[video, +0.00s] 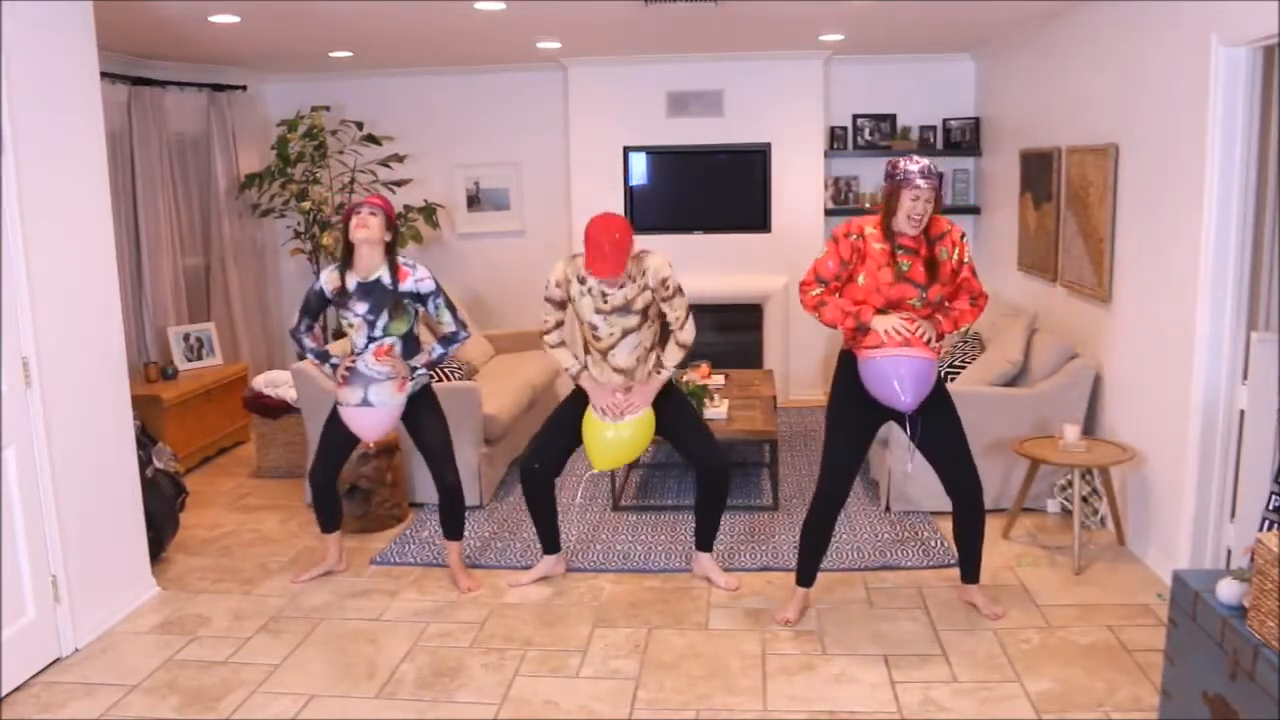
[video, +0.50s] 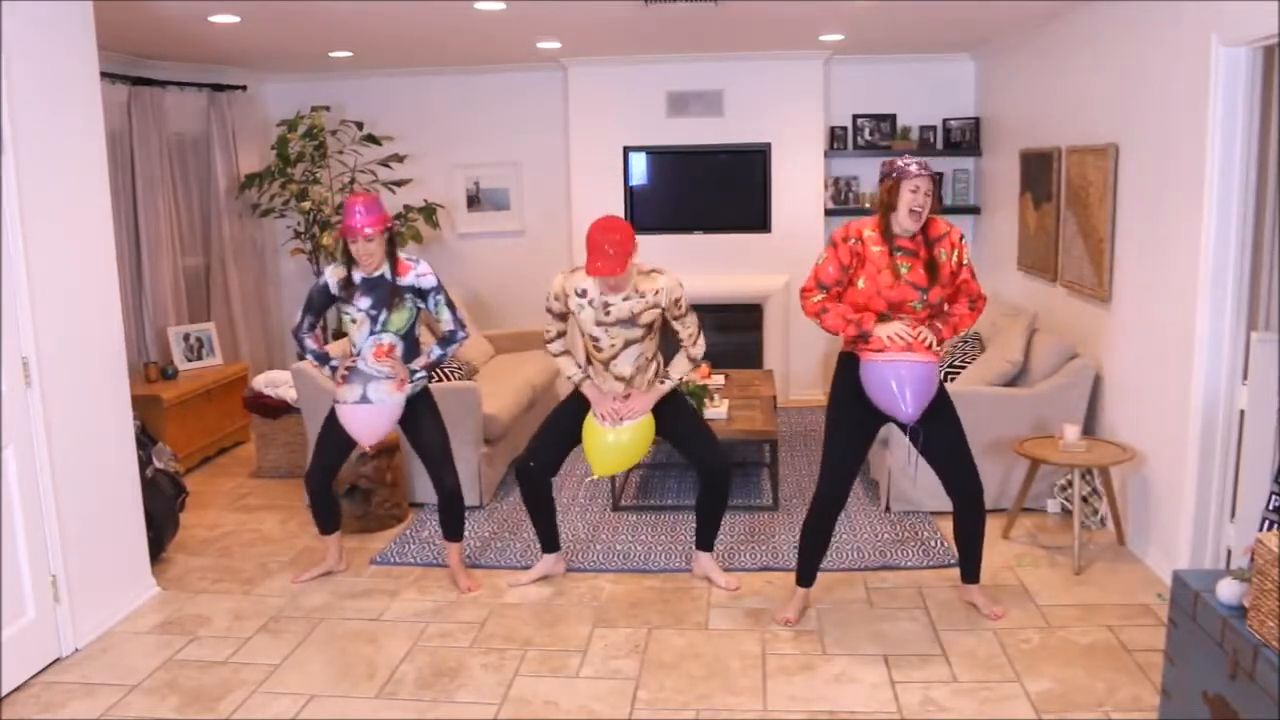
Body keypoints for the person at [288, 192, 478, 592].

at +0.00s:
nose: (362, 219)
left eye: (372, 215)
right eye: (356, 215)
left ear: (388, 231)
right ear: (347, 231)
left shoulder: (413, 275)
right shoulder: (332, 279)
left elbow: (457, 332)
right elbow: (302, 329)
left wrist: (416, 367)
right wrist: (332, 368)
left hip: (410, 384)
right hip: (356, 387)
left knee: (445, 468)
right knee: (321, 474)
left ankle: (455, 561)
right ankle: (333, 556)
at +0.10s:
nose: (360, 220)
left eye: (369, 215)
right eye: (354, 216)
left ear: (387, 229)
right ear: (346, 230)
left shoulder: (412, 273)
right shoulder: (334, 278)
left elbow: (456, 331)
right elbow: (303, 328)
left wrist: (415, 367)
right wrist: (331, 368)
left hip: (409, 384)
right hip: (356, 387)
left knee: (445, 470)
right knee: (320, 475)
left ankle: (456, 561)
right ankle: (333, 556)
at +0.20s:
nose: (358, 224)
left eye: (368, 218)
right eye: (353, 218)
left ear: (386, 229)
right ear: (345, 229)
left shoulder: (412, 273)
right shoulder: (334, 278)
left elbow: (455, 331)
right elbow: (304, 328)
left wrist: (415, 367)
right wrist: (332, 367)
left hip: (408, 386)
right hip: (355, 389)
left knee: (445, 471)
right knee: (320, 476)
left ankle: (455, 561)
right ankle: (333, 556)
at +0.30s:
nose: (359, 233)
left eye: (368, 225)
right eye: (352, 225)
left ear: (386, 231)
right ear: (344, 233)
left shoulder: (414, 273)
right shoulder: (335, 278)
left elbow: (456, 331)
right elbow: (304, 328)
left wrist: (415, 366)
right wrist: (332, 368)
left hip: (409, 387)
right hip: (356, 389)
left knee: (445, 474)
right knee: (319, 476)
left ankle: (456, 562)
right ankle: (333, 556)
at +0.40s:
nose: (361, 241)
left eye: (369, 231)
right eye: (353, 232)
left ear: (386, 232)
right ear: (345, 236)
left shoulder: (415, 273)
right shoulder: (335, 279)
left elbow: (456, 331)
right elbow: (305, 329)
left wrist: (415, 367)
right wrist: (332, 368)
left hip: (409, 387)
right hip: (356, 389)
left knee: (445, 474)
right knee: (318, 476)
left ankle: (456, 562)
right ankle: (333, 556)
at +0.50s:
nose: (363, 249)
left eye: (370, 239)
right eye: (355, 241)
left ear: (386, 235)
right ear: (345, 241)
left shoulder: (415, 273)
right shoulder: (335, 280)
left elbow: (456, 331)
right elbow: (305, 329)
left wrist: (415, 368)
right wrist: (332, 370)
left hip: (408, 387)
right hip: (355, 389)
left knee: (445, 474)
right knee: (317, 477)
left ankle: (455, 561)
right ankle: (333, 555)